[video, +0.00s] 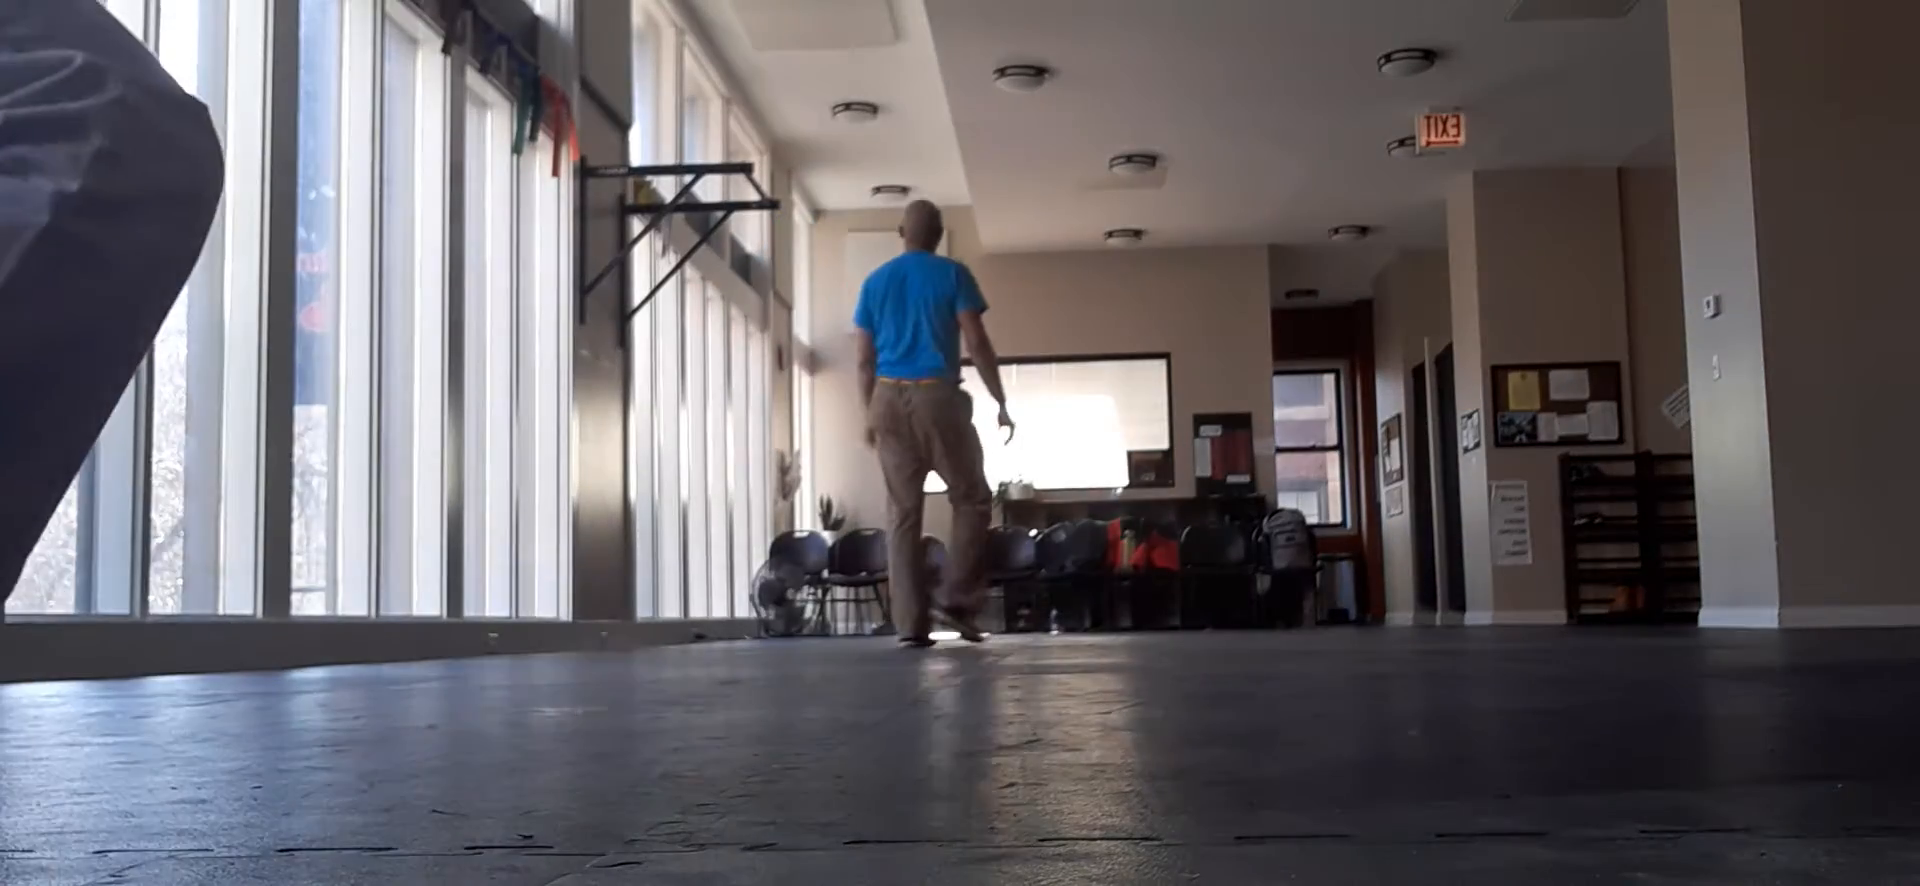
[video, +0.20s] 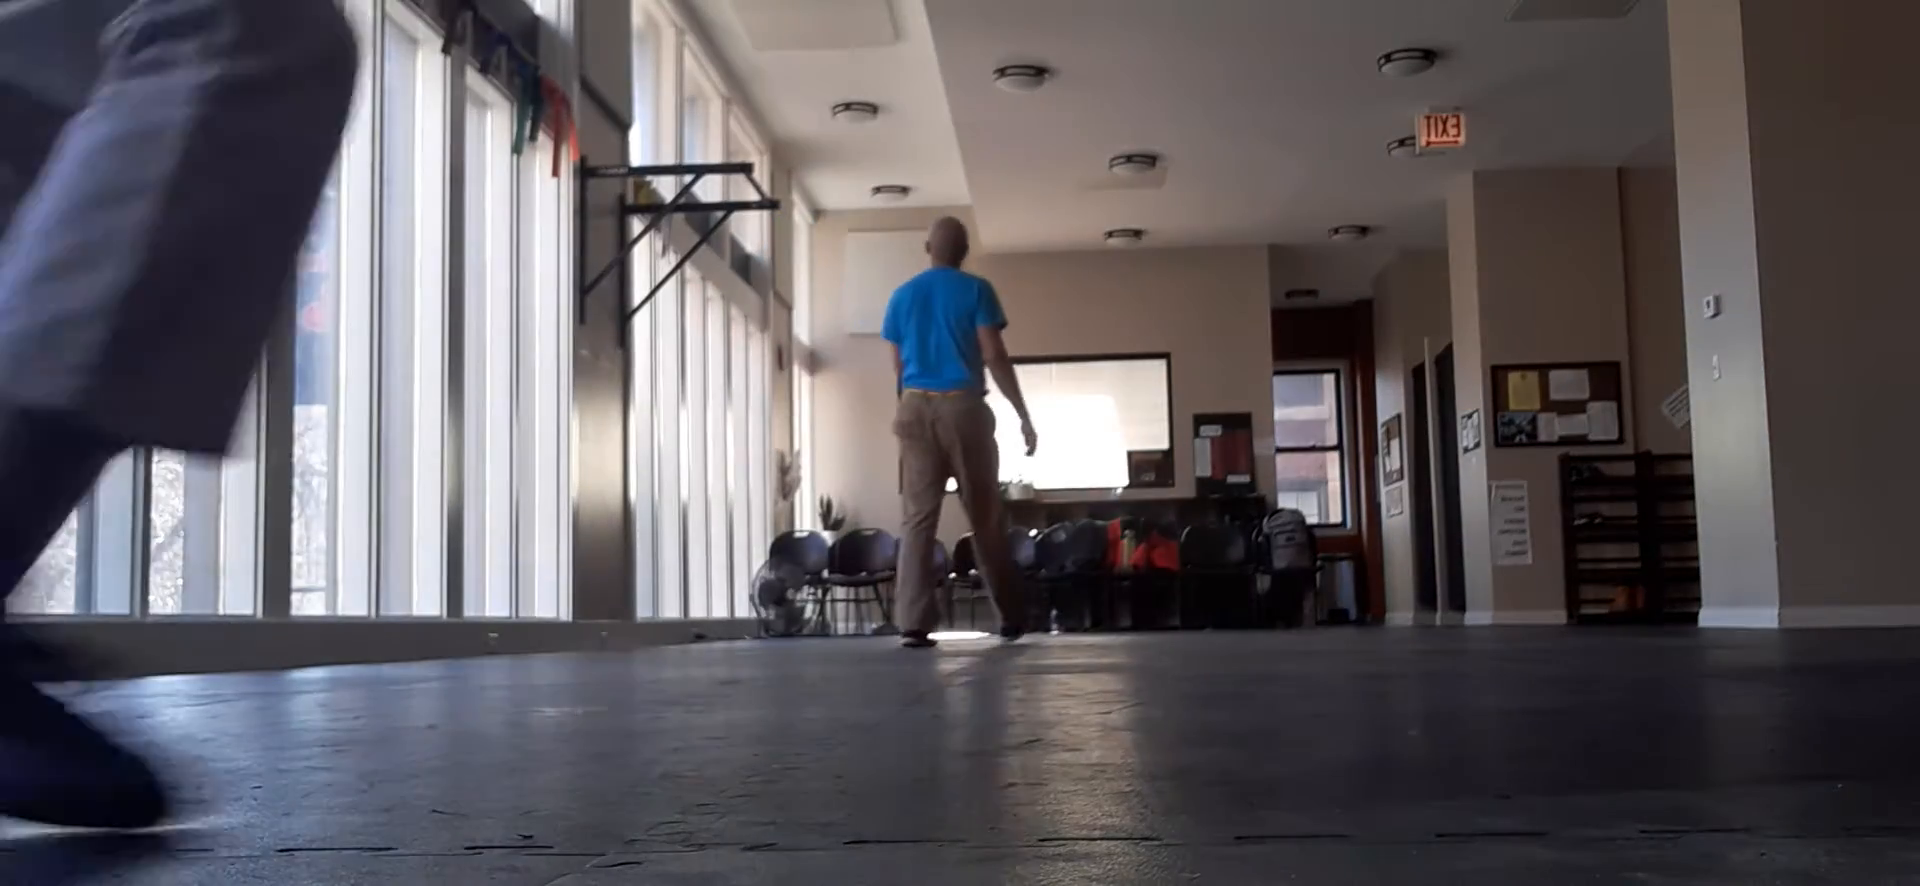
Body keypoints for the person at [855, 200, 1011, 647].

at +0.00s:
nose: (915, 234)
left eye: (907, 227)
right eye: (934, 231)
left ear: (901, 235)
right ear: (939, 236)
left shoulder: (874, 281)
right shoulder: (954, 274)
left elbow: (866, 359)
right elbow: (976, 343)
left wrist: (870, 415)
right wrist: (1000, 401)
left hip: (887, 401)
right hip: (939, 400)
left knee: (902, 513)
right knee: (972, 499)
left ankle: (910, 626)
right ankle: (958, 601)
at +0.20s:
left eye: (935, 243)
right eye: (961, 248)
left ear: (927, 250)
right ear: (965, 252)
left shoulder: (901, 296)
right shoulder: (976, 289)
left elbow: (898, 366)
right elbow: (994, 356)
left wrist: (904, 413)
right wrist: (1023, 415)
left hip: (913, 408)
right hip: (964, 408)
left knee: (917, 516)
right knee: (985, 515)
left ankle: (913, 625)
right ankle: (1011, 617)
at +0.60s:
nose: (1008, 262)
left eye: (993, 254)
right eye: (1020, 258)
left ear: (987, 261)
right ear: (1023, 263)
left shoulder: (962, 305)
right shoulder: (1037, 299)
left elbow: (952, 375)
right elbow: (1055, 360)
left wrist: (946, 431)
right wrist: (1074, 415)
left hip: (979, 413)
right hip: (1024, 411)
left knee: (986, 510)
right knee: (1020, 513)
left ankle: (967, 608)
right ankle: (1016, 615)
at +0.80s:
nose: (1018, 272)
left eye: (1011, 267)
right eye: (1037, 269)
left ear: (1007, 272)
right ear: (1043, 275)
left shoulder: (982, 314)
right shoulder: (1056, 309)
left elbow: (961, 377)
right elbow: (1080, 370)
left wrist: (941, 432)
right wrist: (1100, 417)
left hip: (997, 419)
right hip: (1038, 416)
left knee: (1013, 513)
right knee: (1030, 514)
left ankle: (1036, 616)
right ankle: (1011, 616)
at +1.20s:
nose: (1059, 288)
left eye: (1043, 281)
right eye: (1067, 284)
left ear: (1037, 286)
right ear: (1071, 287)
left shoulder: (1015, 326)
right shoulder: (1084, 320)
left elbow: (1000, 391)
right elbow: (1102, 380)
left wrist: (992, 437)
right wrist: (1121, 429)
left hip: (1027, 426)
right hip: (1069, 426)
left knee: (1046, 523)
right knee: (1093, 510)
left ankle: (1059, 621)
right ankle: (1072, 578)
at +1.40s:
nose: (1062, 294)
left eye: (1056, 288)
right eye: (1081, 292)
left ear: (1052, 293)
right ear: (1085, 295)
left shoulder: (1031, 331)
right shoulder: (1097, 326)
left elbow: (1024, 393)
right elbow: (1112, 382)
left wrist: (1043, 422)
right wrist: (1134, 435)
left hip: (1043, 427)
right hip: (1087, 427)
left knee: (1054, 524)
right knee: (1104, 519)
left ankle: (1059, 620)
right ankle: (1119, 612)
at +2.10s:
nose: (1116, 312)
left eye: (1118, 308)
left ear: (1119, 311)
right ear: (1148, 316)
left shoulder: (1098, 348)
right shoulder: (1162, 346)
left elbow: (1081, 404)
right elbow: (1173, 396)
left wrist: (1063, 455)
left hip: (1113, 443)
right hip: (1153, 441)